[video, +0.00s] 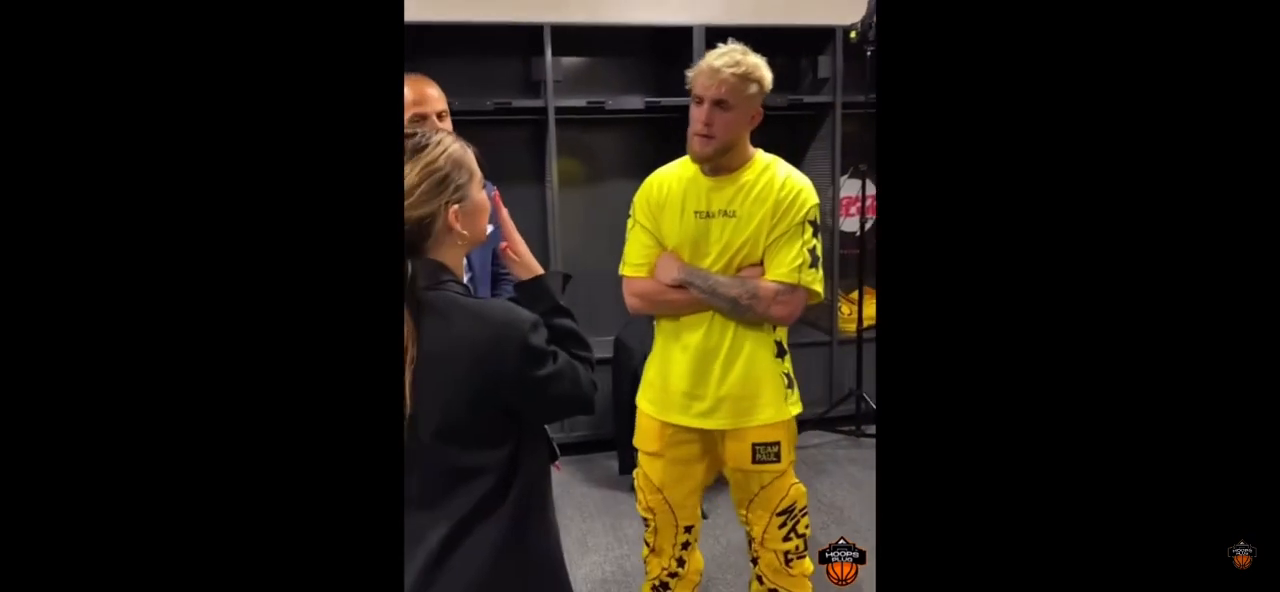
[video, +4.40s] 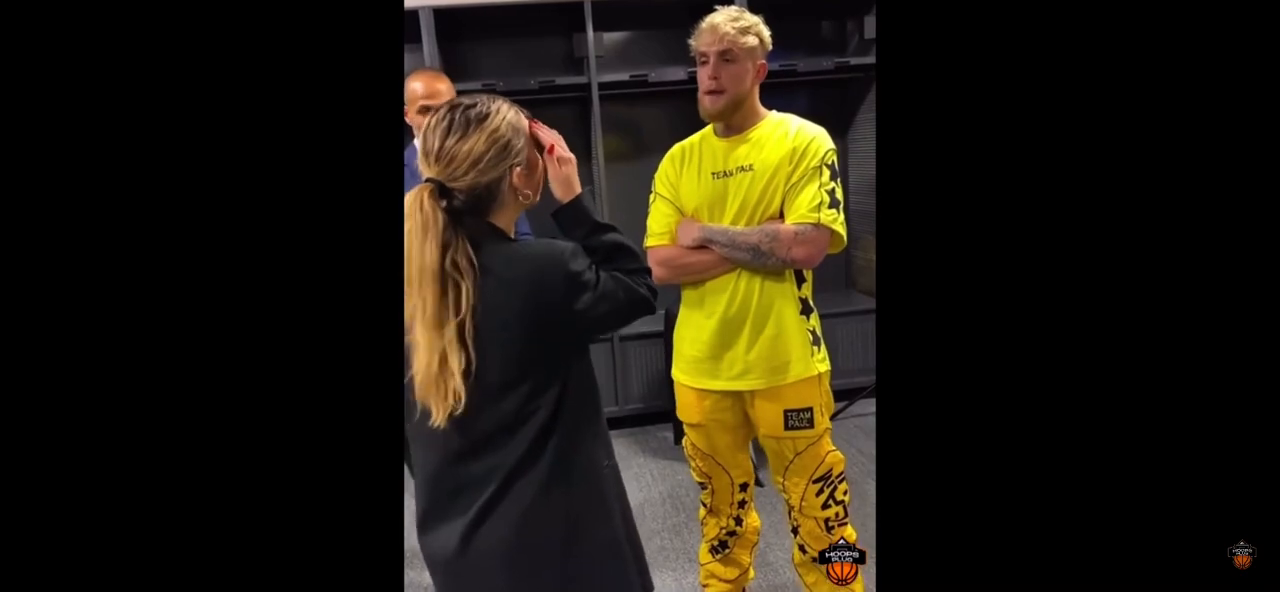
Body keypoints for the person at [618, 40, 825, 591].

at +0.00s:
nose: (701, 118)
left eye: (720, 106)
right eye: (696, 102)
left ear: (755, 117)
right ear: (687, 105)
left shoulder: (789, 191)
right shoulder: (657, 188)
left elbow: (785, 305)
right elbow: (637, 297)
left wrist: (683, 273)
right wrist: (741, 287)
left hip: (757, 401)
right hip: (668, 399)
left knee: (780, 556)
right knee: (665, 558)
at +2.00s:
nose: (729, 92)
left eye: (746, 78)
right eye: (721, 77)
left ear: (776, 88)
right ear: (711, 83)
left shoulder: (815, 159)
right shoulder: (685, 171)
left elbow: (820, 265)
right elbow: (669, 275)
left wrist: (710, 243)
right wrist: (773, 257)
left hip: (794, 374)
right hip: (707, 377)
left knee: (829, 524)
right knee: (729, 529)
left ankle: (843, 585)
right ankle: (733, 586)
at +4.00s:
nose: (707, 76)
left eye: (724, 62)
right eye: (700, 63)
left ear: (758, 71)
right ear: (694, 72)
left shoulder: (804, 144)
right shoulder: (678, 162)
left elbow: (807, 248)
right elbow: (660, 267)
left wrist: (700, 234)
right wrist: (759, 245)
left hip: (784, 365)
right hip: (698, 369)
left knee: (817, 517)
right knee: (717, 520)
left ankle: (833, 583)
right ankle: (723, 584)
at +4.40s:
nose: (708, 73)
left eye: (725, 59)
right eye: (701, 60)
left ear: (759, 69)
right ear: (694, 69)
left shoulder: (805, 142)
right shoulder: (677, 160)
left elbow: (809, 246)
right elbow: (662, 265)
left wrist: (700, 232)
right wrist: (762, 243)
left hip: (786, 363)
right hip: (700, 367)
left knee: (819, 514)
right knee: (720, 516)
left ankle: (836, 583)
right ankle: (722, 585)